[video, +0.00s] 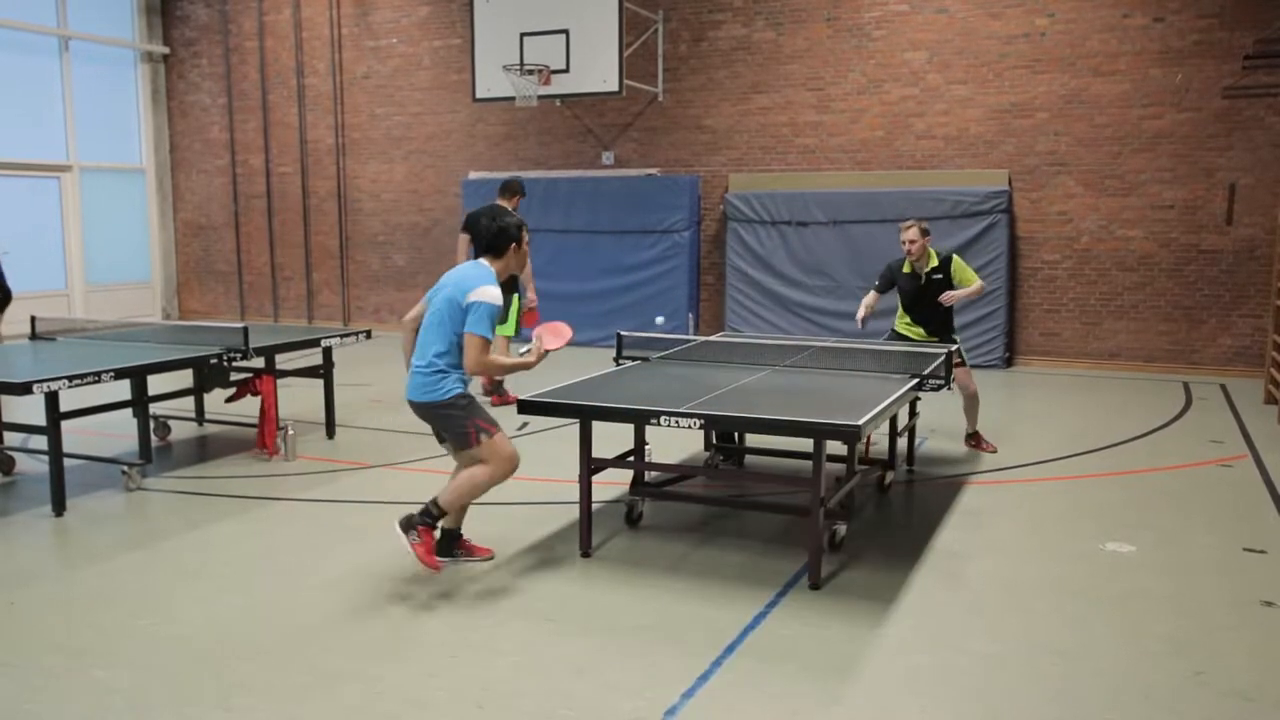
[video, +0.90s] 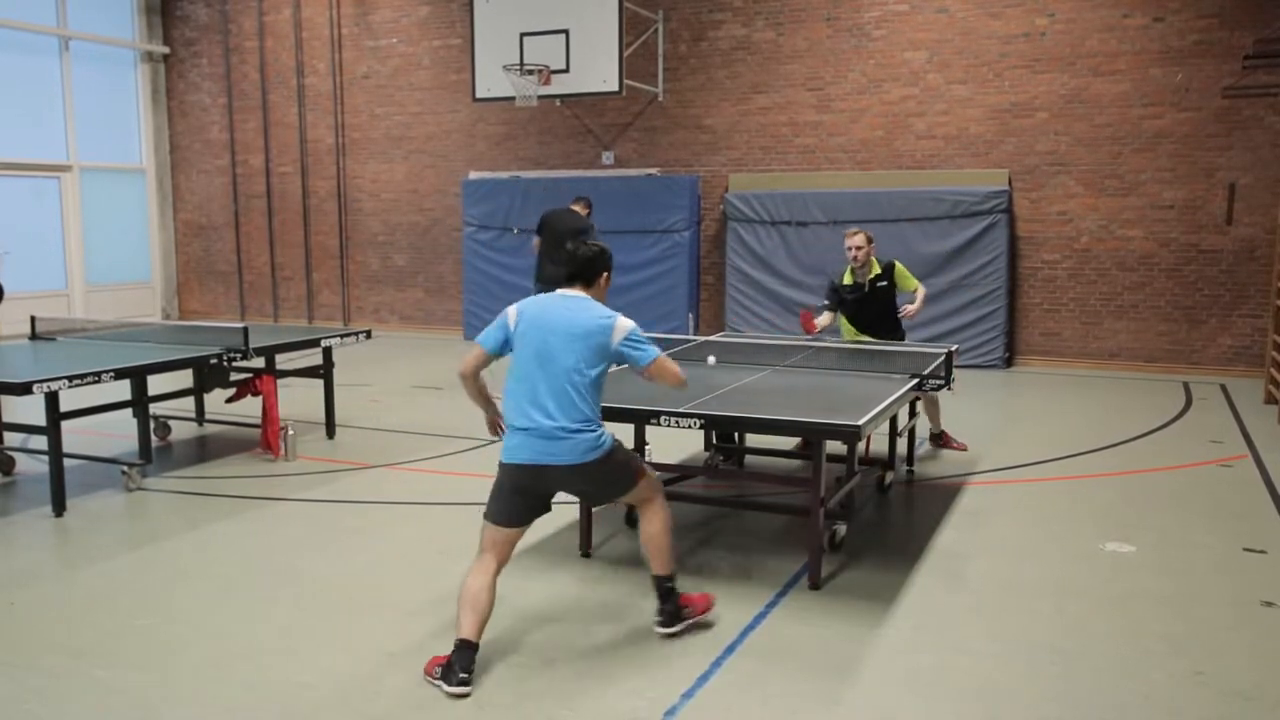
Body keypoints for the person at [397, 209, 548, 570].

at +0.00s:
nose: (527, 253)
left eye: (526, 246)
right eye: (525, 246)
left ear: (488, 246)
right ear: (513, 248)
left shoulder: (458, 274)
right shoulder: (487, 288)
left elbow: (410, 322)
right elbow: (475, 363)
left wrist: (414, 372)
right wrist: (526, 362)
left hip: (426, 388)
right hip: (442, 390)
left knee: (470, 461)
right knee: (504, 460)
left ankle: (450, 539)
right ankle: (422, 521)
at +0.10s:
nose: (529, 240)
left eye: (528, 232)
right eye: (525, 233)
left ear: (488, 235)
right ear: (511, 236)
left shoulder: (454, 266)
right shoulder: (497, 277)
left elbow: (413, 319)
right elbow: (492, 353)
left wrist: (421, 368)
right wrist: (539, 350)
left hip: (424, 383)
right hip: (458, 383)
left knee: (461, 459)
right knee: (522, 461)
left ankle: (436, 550)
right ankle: (469, 553)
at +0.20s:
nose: (527, 248)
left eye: (527, 241)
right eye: (526, 240)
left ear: (480, 239)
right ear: (517, 241)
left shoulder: (449, 276)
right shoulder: (507, 286)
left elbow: (413, 335)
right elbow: (517, 363)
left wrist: (427, 383)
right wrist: (548, 350)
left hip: (439, 403)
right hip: (480, 404)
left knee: (456, 478)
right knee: (528, 489)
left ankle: (422, 565)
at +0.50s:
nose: (562, 233)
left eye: (560, 228)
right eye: (560, 227)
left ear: (512, 227)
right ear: (552, 228)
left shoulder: (477, 267)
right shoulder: (559, 270)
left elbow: (444, 337)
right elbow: (588, 344)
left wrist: (467, 375)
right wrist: (614, 337)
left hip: (474, 399)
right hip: (529, 405)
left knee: (462, 489)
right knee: (561, 502)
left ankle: (428, 586)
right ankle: (550, 620)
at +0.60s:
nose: (573, 234)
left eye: (570, 228)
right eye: (572, 228)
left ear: (525, 227)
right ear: (563, 228)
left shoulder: (485, 266)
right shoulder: (565, 272)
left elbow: (448, 334)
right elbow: (594, 350)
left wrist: (479, 369)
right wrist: (618, 346)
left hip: (479, 406)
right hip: (536, 410)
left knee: (467, 508)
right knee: (576, 508)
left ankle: (439, 602)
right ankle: (567, 628)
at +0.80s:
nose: (586, 279)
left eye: (583, 271)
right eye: (586, 272)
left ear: (535, 268)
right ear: (577, 273)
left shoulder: (496, 310)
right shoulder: (582, 321)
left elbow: (455, 378)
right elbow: (633, 392)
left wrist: (491, 414)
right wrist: (640, 380)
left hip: (500, 459)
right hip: (562, 457)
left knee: (477, 558)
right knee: (624, 504)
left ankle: (459, 667)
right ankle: (599, 608)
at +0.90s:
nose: (611, 285)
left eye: (610, 279)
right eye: (611, 280)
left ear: (562, 275)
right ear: (602, 279)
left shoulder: (521, 311)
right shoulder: (610, 323)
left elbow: (468, 369)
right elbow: (674, 378)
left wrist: (489, 408)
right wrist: (644, 359)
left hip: (521, 459)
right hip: (586, 455)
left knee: (489, 556)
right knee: (649, 495)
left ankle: (461, 665)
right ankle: (669, 605)